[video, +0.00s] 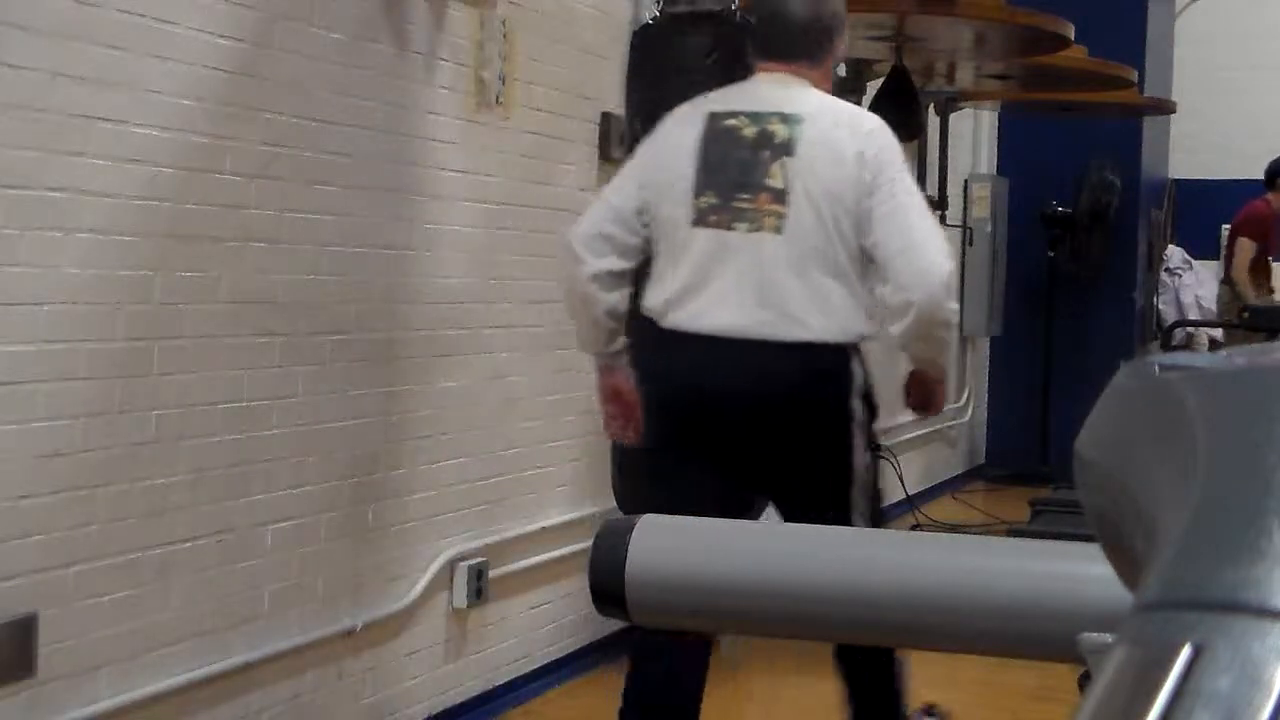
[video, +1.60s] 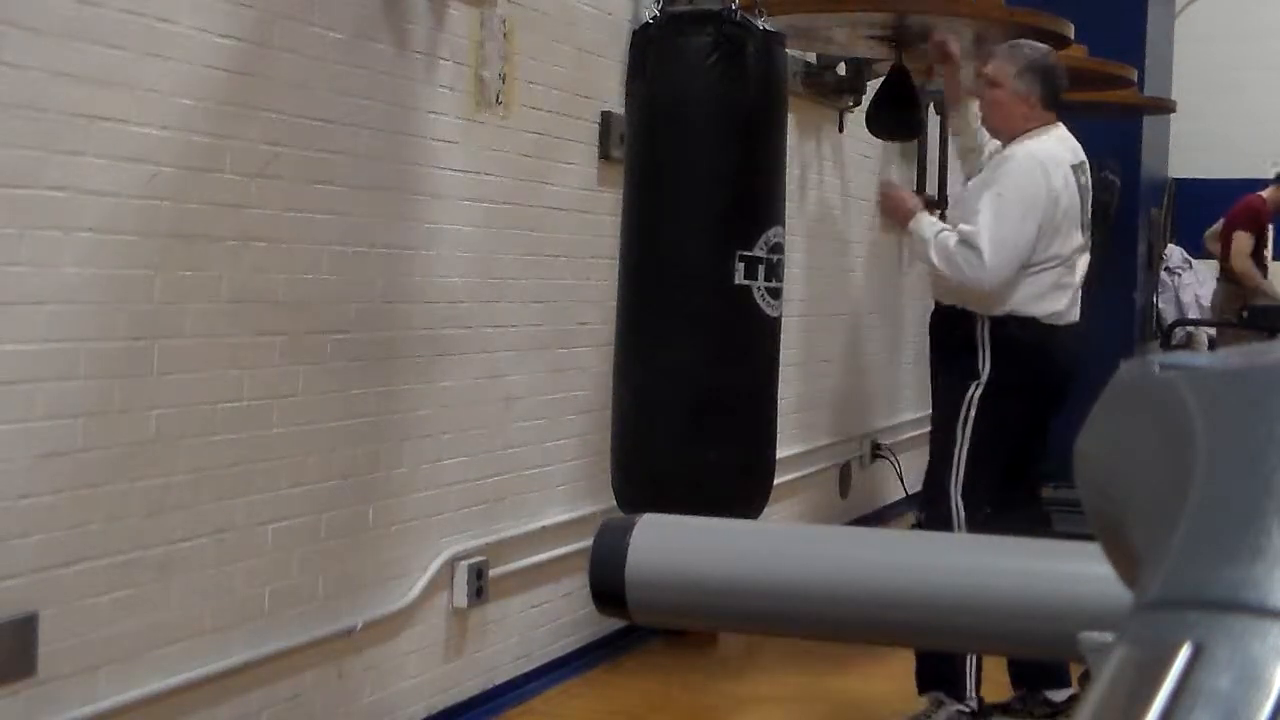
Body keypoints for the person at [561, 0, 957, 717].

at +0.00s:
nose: (840, 61)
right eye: (841, 49)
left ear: (751, 43)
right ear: (833, 52)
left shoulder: (683, 123)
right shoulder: (863, 136)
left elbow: (593, 249)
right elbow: (928, 279)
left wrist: (610, 361)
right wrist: (928, 366)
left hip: (680, 376)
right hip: (807, 387)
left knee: (672, 585)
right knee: (853, 574)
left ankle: (654, 716)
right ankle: (882, 716)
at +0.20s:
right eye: (914, 82)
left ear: (828, 81)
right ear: (908, 85)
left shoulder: (774, 147)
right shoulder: (947, 162)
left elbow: (700, 266)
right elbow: (1020, 295)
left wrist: (692, 380)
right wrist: (989, 357)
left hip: (778, 386)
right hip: (898, 395)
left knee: (753, 584)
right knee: (933, 579)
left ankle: (705, 713)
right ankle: (949, 714)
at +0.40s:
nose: (955, 73)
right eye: (953, 65)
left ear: (870, 71)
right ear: (946, 69)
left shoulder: (830, 133)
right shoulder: (995, 136)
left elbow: (793, 255)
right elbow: (1069, 254)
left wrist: (790, 370)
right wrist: (1010, 236)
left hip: (850, 353)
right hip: (956, 360)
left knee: (844, 527)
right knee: (957, 540)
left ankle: (808, 696)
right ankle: (952, 705)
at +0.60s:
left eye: (886, 77)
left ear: (888, 79)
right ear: (960, 78)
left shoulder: (861, 147)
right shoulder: (1013, 138)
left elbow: (838, 273)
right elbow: (1072, 174)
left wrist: (833, 381)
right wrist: (1008, 206)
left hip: (892, 362)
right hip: (990, 364)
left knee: (888, 542)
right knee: (976, 541)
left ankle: (915, 694)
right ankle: (961, 701)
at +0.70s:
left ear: (891, 91)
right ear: (965, 89)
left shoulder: (874, 161)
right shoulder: (1017, 145)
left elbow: (846, 287)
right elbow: (1050, 146)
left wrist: (832, 390)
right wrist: (1000, 99)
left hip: (904, 363)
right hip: (1001, 362)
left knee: (898, 542)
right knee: (988, 534)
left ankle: (924, 702)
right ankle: (970, 699)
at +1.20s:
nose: (966, 99)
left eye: (968, 92)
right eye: (975, 89)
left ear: (977, 103)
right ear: (1035, 98)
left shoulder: (981, 170)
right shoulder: (1059, 144)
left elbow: (947, 282)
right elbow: (1024, 84)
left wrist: (866, 299)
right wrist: (984, 18)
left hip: (968, 352)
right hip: (1036, 353)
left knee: (923, 523)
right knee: (1007, 519)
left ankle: (926, 704)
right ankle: (1048, 688)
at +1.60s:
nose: (979, 99)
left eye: (991, 87)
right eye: (980, 86)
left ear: (1030, 97)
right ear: (1032, 98)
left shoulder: (1027, 165)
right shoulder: (1058, 149)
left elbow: (982, 268)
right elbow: (978, 177)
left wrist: (917, 221)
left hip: (999, 344)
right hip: (1039, 341)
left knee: (951, 503)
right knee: (1017, 502)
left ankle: (951, 693)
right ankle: (1044, 682)